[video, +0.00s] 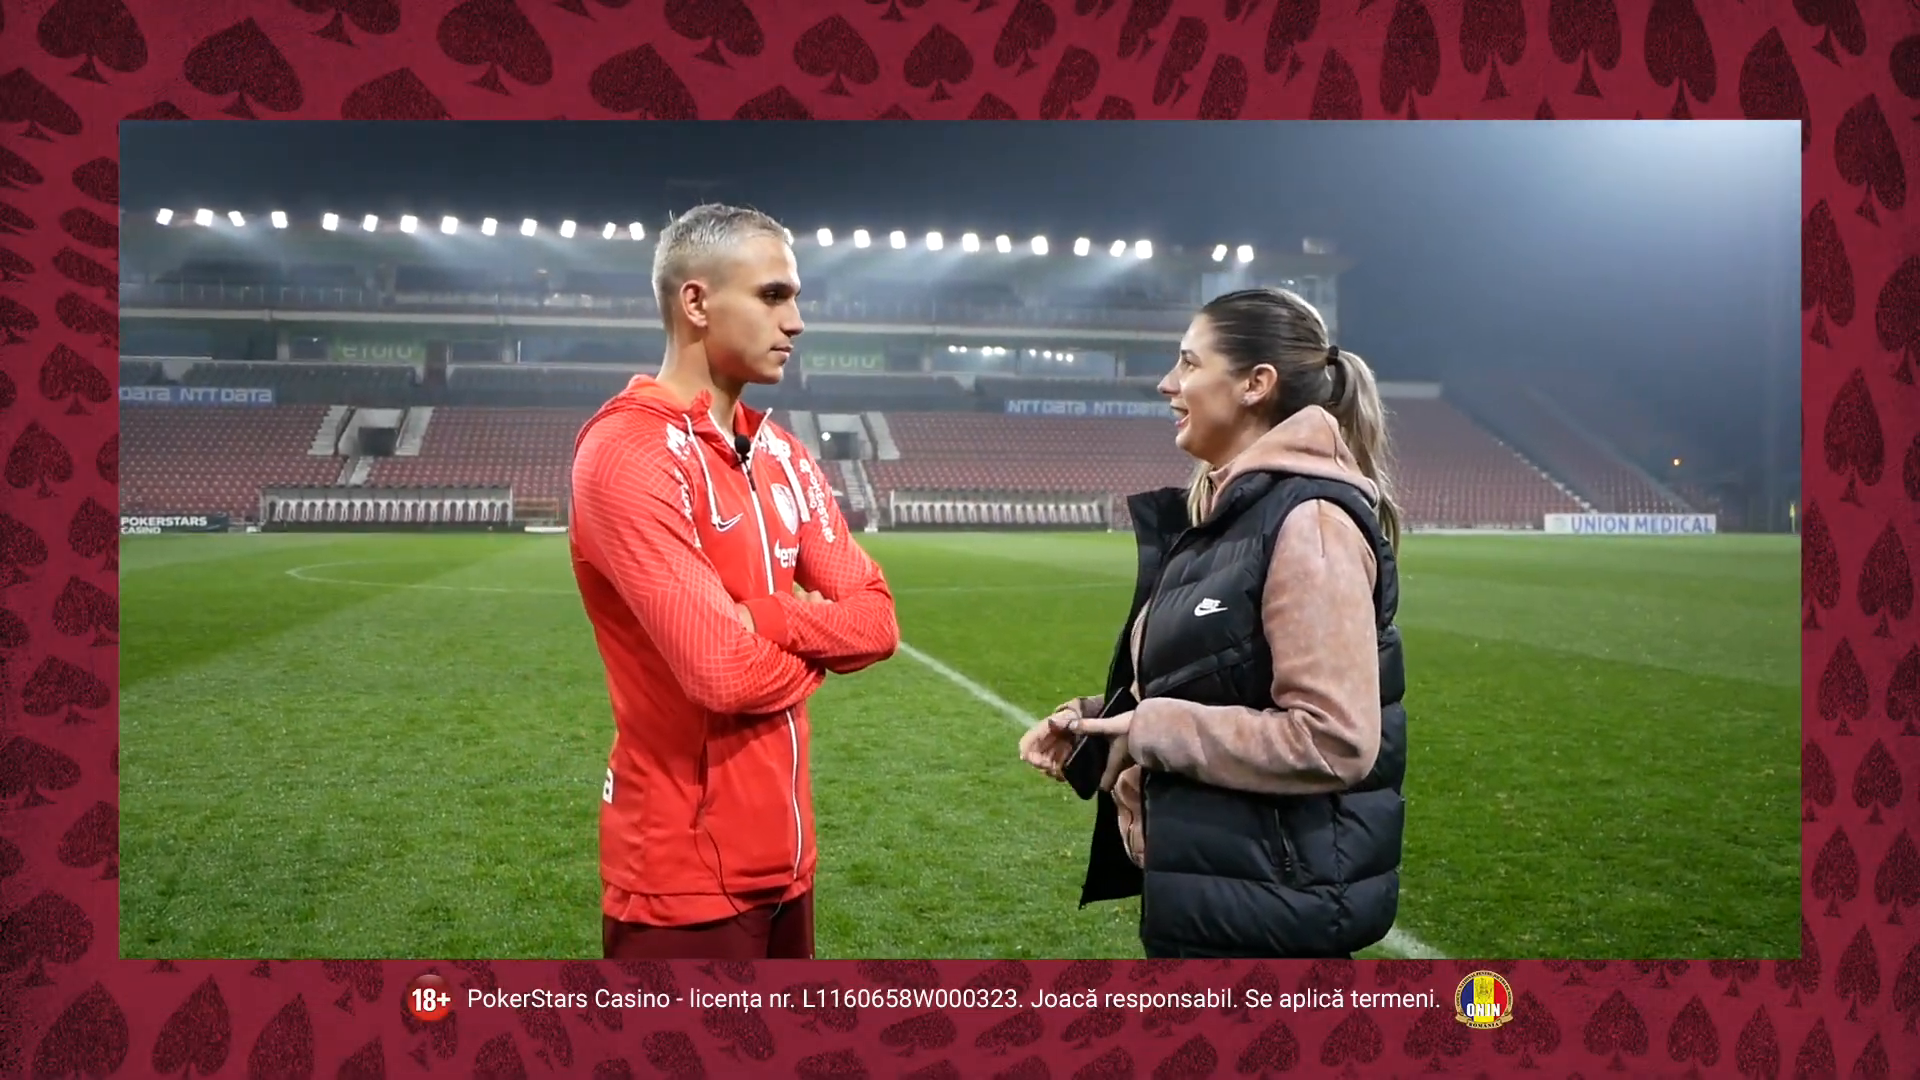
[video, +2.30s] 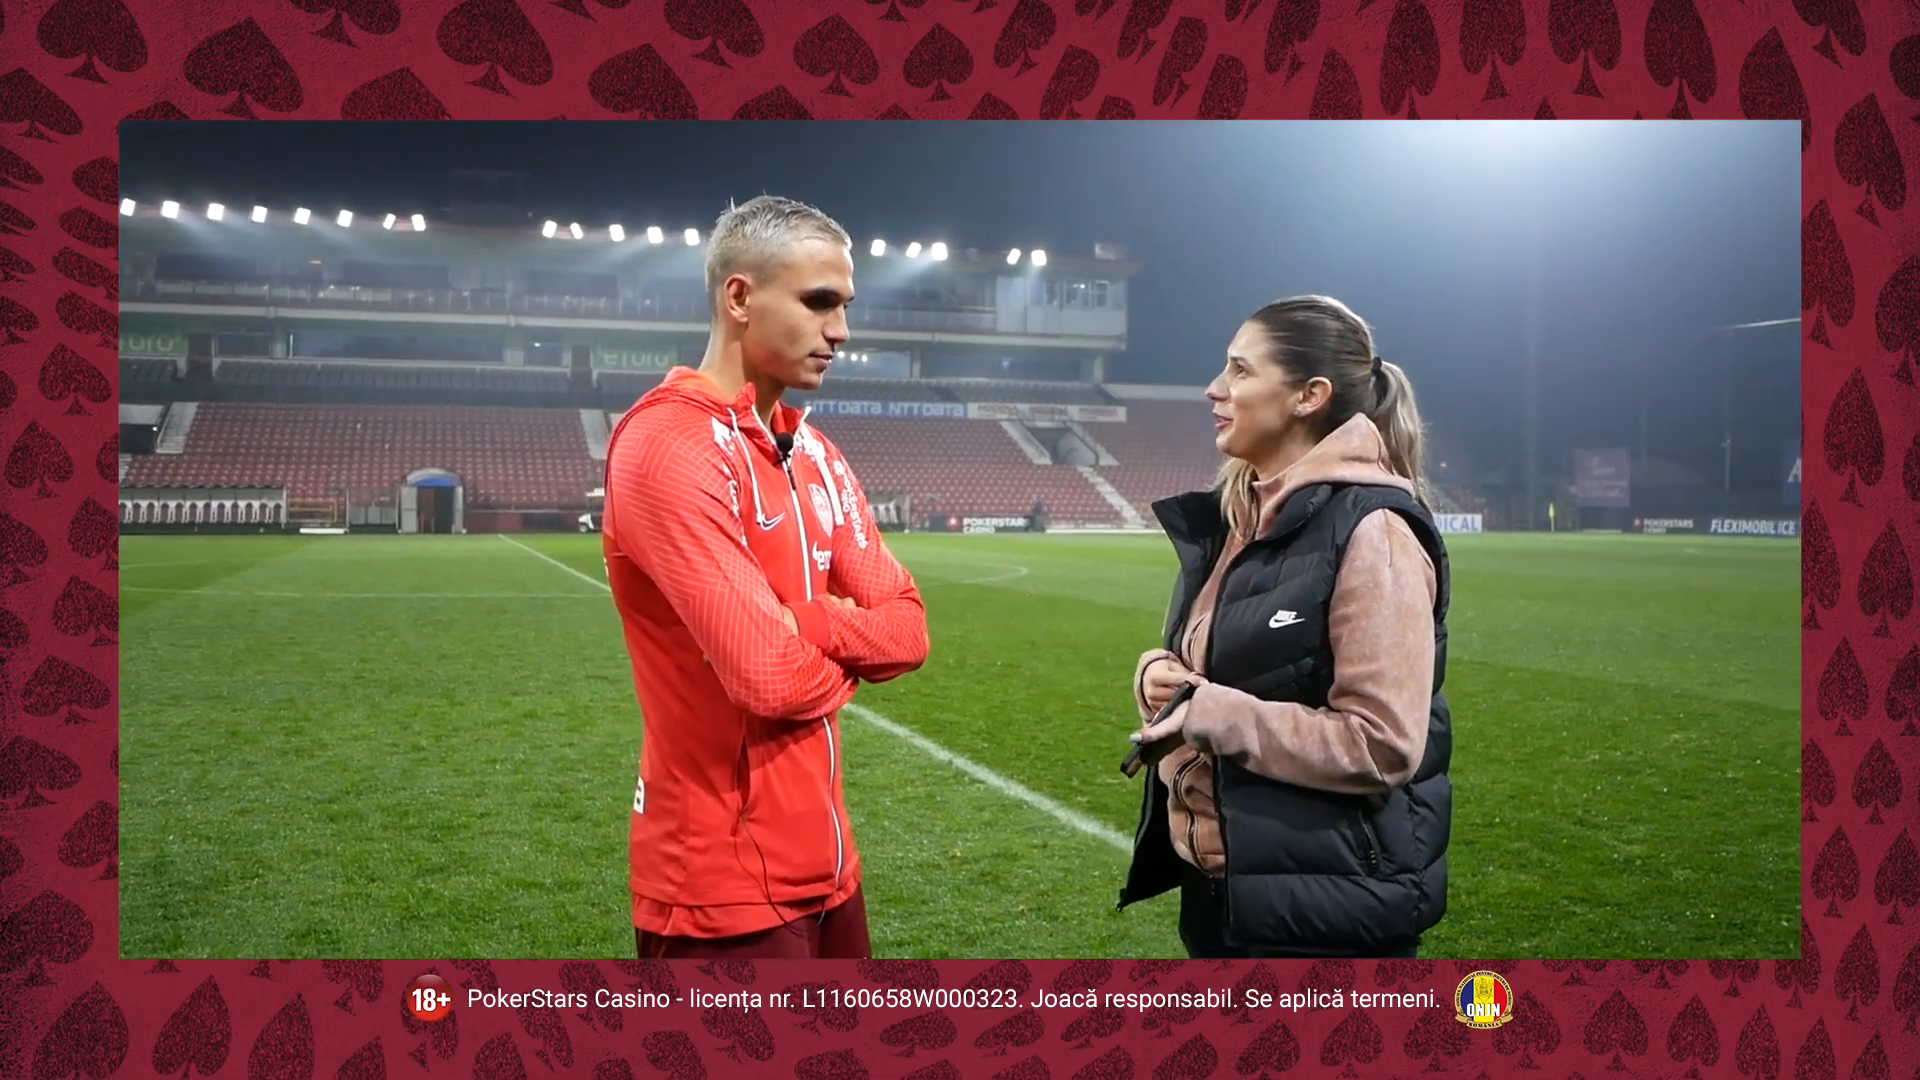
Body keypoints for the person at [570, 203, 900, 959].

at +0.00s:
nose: (796, 321)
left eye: (794, 298)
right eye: (772, 296)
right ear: (695, 303)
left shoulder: (784, 454)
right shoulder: (624, 456)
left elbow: (876, 622)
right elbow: (723, 676)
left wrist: (751, 615)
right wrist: (822, 644)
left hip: (781, 852)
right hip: (682, 865)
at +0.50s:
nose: (822, 333)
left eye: (823, 309)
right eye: (799, 307)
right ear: (721, 309)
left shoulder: (812, 455)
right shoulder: (655, 459)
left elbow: (908, 620)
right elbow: (758, 676)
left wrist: (790, 616)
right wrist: (852, 646)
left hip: (813, 847)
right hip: (719, 861)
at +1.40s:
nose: (826, 350)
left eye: (833, 327)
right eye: (806, 323)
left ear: (836, 323)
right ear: (733, 313)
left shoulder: (823, 456)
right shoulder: (663, 456)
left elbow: (907, 627)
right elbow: (748, 679)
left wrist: (782, 619)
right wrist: (846, 650)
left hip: (812, 841)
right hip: (714, 853)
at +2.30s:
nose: (841, 331)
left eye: (844, 307)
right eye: (819, 302)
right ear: (738, 298)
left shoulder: (815, 451)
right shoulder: (665, 449)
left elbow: (909, 630)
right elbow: (768, 681)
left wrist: (801, 621)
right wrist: (852, 652)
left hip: (822, 861)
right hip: (720, 881)